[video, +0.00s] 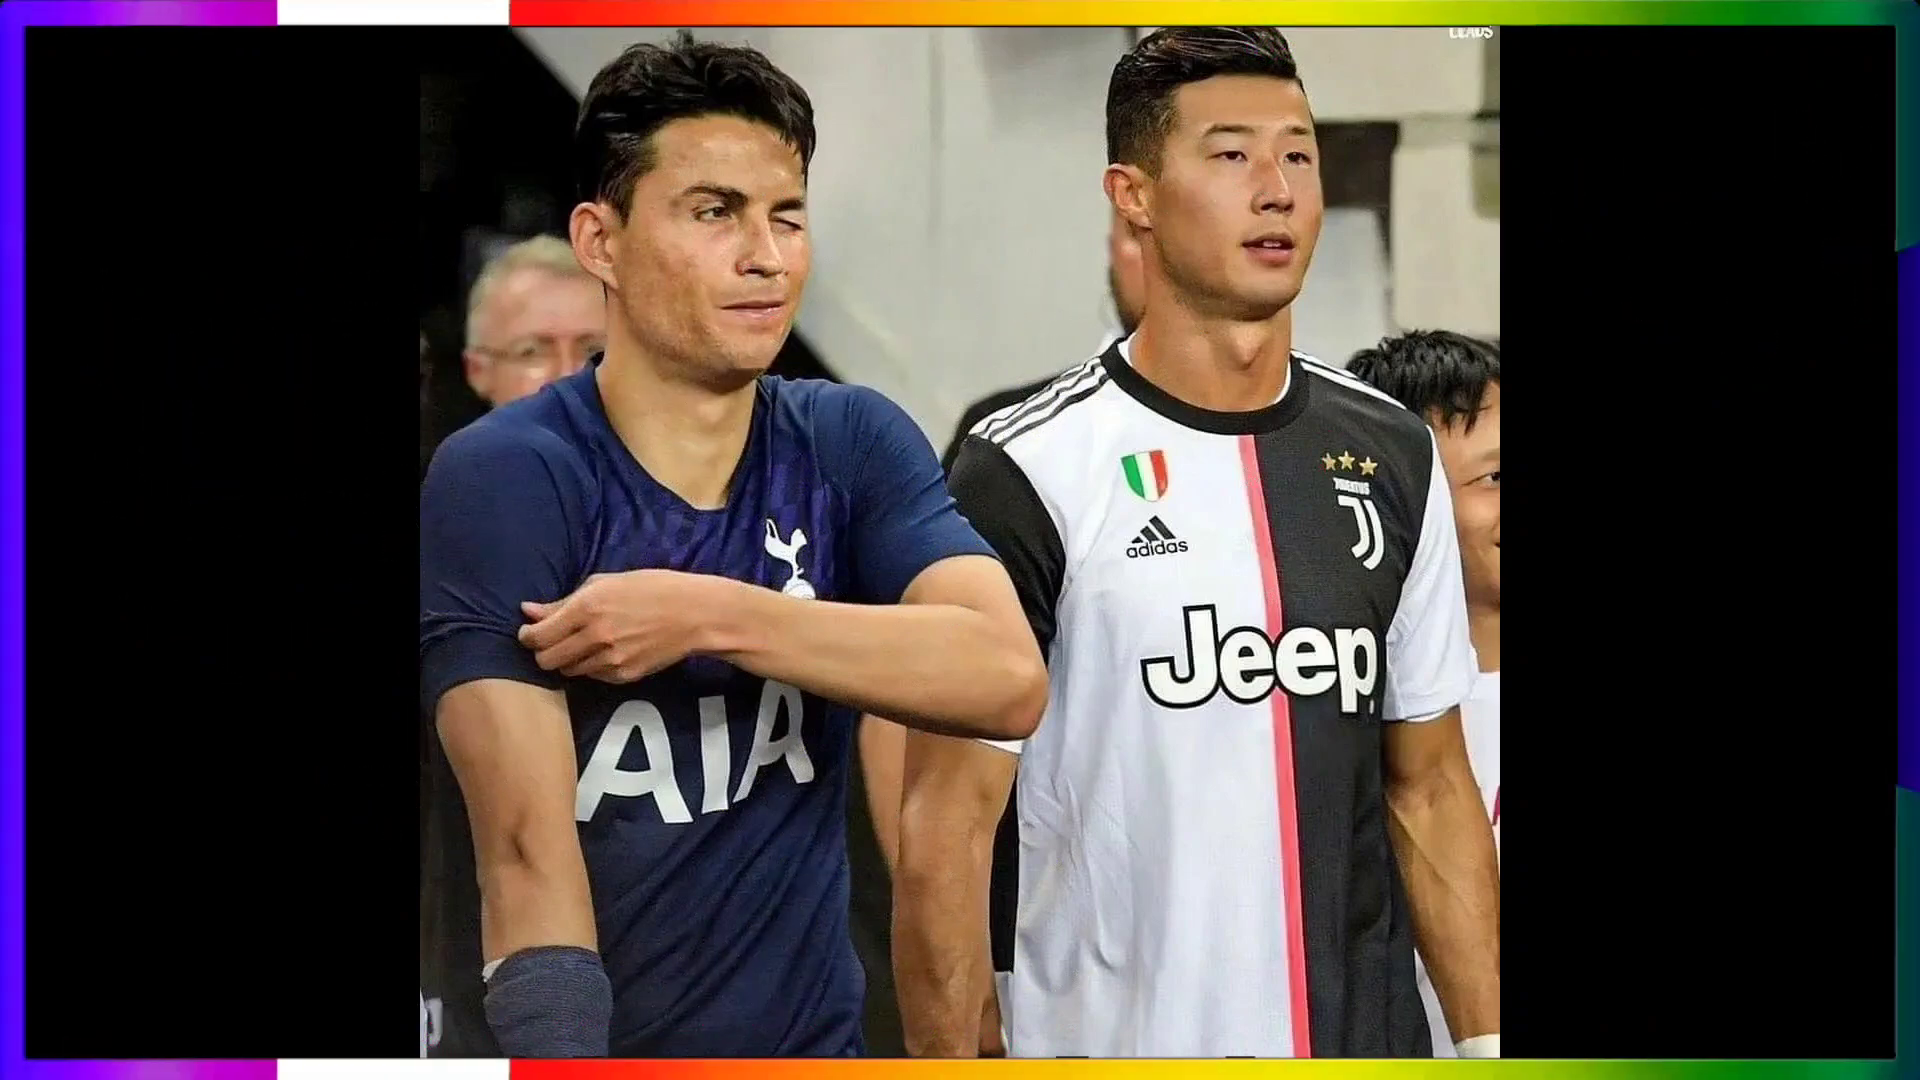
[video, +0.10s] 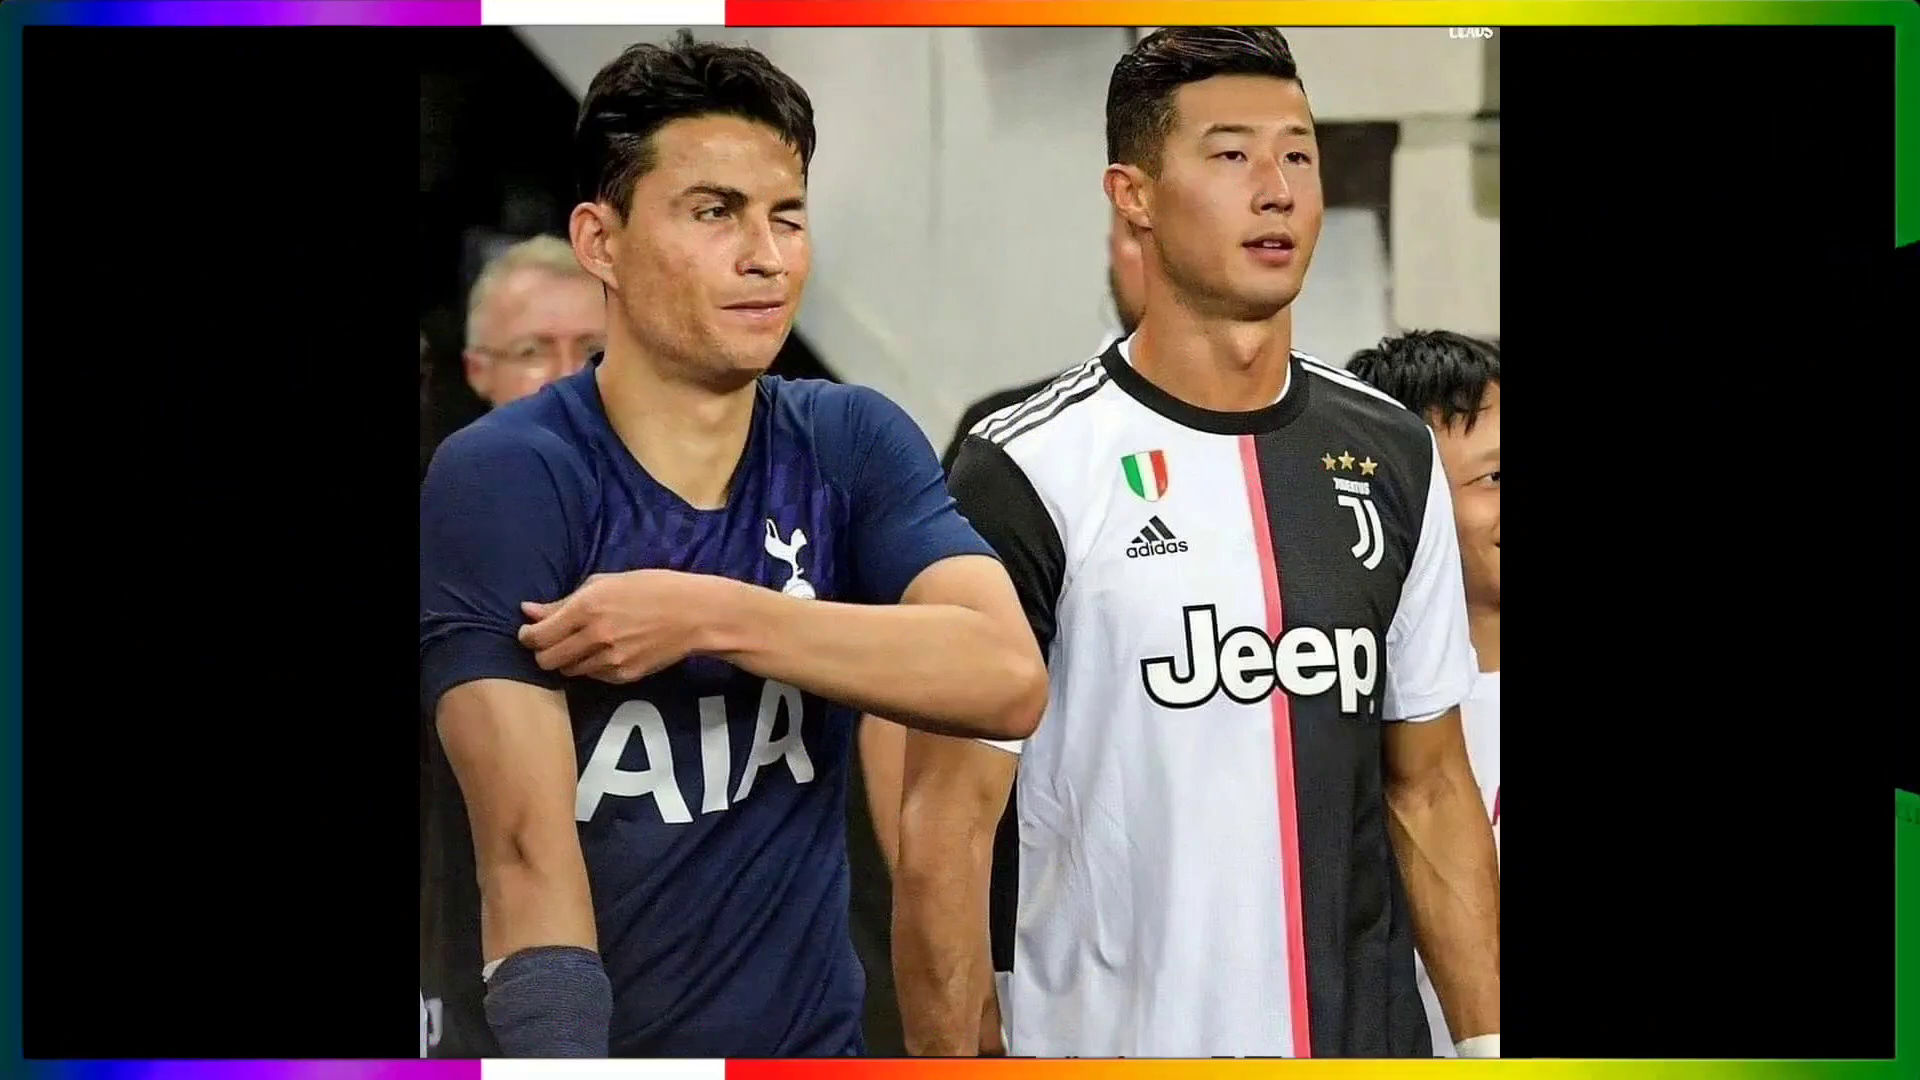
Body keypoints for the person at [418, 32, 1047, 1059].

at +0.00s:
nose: (765, 257)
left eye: (785, 217)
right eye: (712, 212)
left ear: (809, 235)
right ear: (601, 242)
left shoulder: (856, 439)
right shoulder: (500, 476)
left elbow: (1009, 681)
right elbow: (525, 850)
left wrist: (714, 613)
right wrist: (559, 1059)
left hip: (810, 1040)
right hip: (600, 1037)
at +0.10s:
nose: (765, 257)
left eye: (785, 217)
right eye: (712, 212)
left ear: (809, 236)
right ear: (601, 242)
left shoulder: (856, 439)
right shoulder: (499, 477)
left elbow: (1009, 680)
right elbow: (525, 851)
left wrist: (714, 613)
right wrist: (559, 1061)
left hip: (811, 1040)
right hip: (596, 1037)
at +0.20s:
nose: (765, 257)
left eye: (785, 218)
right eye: (712, 212)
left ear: (809, 237)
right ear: (601, 241)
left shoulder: (856, 439)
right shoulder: (499, 476)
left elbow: (1009, 681)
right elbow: (525, 851)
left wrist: (713, 613)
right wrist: (560, 1059)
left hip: (810, 1042)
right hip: (592, 1037)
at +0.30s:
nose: (765, 257)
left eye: (785, 217)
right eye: (712, 212)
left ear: (809, 236)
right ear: (601, 242)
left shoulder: (856, 439)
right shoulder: (500, 476)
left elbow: (1009, 681)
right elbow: (525, 851)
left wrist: (714, 613)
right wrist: (560, 1056)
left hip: (810, 1042)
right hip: (592, 1036)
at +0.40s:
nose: (766, 257)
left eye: (785, 218)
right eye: (712, 212)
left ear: (809, 237)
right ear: (601, 241)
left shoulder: (857, 439)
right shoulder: (499, 476)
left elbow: (1009, 681)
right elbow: (525, 851)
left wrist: (714, 613)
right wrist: (560, 1059)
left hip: (812, 1041)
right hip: (594, 1036)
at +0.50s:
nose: (766, 257)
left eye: (785, 218)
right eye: (712, 212)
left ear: (809, 237)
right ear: (601, 241)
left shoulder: (856, 439)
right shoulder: (499, 476)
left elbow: (1009, 681)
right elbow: (525, 851)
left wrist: (714, 613)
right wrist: (561, 1058)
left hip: (812, 1042)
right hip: (594, 1036)